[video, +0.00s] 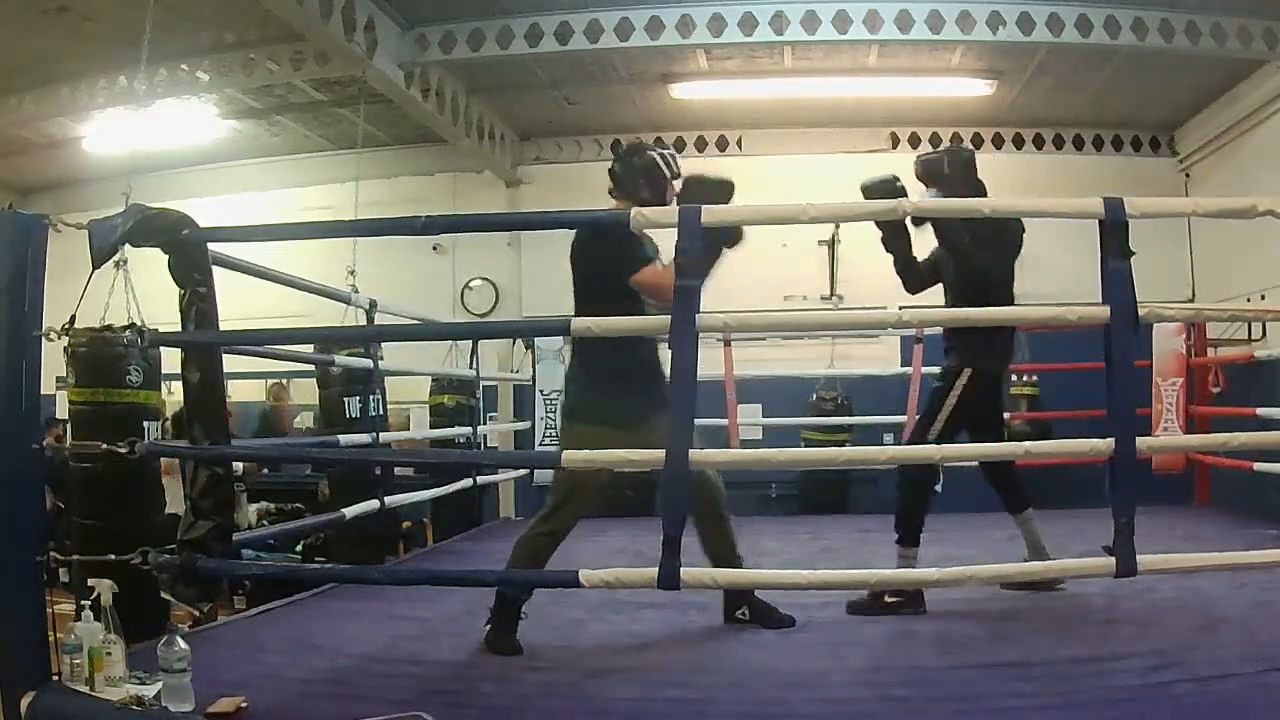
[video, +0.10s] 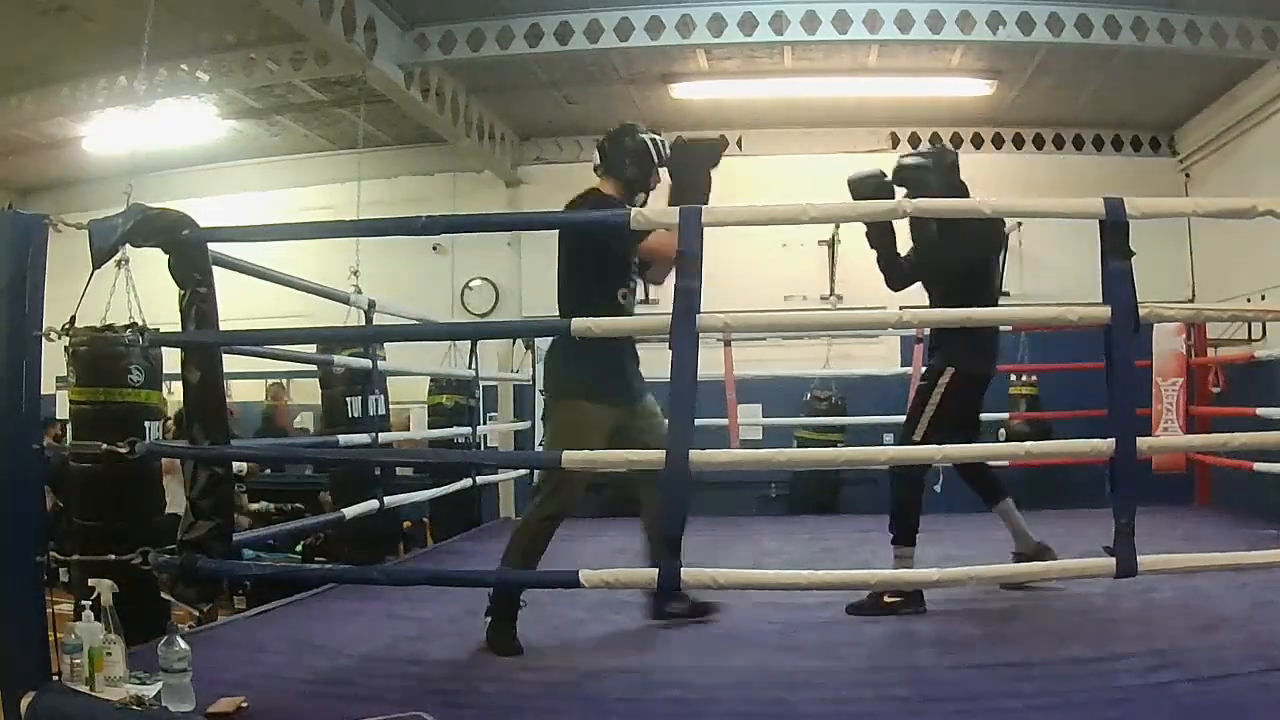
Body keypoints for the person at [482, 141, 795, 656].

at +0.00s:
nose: (672, 198)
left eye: (672, 188)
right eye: (665, 188)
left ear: (627, 188)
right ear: (638, 187)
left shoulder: (630, 236)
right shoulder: (607, 233)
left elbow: (668, 296)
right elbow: (672, 291)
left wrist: (703, 246)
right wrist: (711, 243)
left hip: (640, 406)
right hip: (602, 407)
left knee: (705, 491)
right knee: (561, 514)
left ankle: (739, 597)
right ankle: (503, 616)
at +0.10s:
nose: (656, 180)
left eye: (656, 171)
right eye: (653, 170)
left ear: (609, 164)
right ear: (639, 169)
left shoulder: (616, 216)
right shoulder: (593, 212)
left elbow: (653, 272)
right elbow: (667, 249)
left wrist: (671, 217)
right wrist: (690, 203)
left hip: (620, 380)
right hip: (581, 381)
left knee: (664, 475)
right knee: (557, 495)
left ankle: (667, 593)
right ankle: (501, 611)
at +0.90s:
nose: (702, 184)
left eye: (701, 175)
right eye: (701, 174)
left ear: (653, 164)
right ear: (688, 172)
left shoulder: (643, 217)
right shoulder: (642, 221)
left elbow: (706, 281)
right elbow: (719, 289)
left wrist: (740, 226)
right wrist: (752, 223)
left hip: (639, 393)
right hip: (625, 395)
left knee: (701, 483)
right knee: (643, 521)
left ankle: (659, 588)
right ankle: (590, 661)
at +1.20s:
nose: (750, 188)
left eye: (748, 179)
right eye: (749, 180)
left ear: (697, 171)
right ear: (738, 177)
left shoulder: (673, 225)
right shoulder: (714, 226)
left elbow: (678, 319)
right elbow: (774, 292)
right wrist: (793, 225)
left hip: (681, 393)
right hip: (688, 398)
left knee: (725, 504)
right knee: (682, 523)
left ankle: (751, 601)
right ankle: (604, 650)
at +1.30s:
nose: (768, 187)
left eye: (767, 178)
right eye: (765, 178)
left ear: (715, 173)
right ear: (750, 176)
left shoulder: (690, 221)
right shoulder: (733, 225)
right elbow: (787, 294)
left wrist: (792, 234)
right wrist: (806, 232)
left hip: (700, 386)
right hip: (705, 390)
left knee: (752, 494)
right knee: (735, 507)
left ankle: (757, 600)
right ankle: (642, 627)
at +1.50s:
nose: (789, 189)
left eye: (788, 179)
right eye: (787, 178)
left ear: (735, 172)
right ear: (775, 177)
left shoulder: (712, 223)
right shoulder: (756, 228)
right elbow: (813, 294)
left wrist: (825, 246)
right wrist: (831, 238)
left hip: (734, 396)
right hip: (731, 401)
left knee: (794, 468)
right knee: (754, 516)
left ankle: (762, 586)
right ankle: (675, 636)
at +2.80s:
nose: (789, 192)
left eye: (788, 183)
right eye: (785, 182)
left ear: (744, 179)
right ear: (768, 179)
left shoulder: (752, 231)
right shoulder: (733, 227)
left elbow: (782, 299)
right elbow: (781, 300)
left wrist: (819, 272)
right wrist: (812, 266)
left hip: (751, 396)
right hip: (717, 396)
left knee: (793, 494)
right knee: (703, 513)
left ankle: (785, 598)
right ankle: (672, 641)